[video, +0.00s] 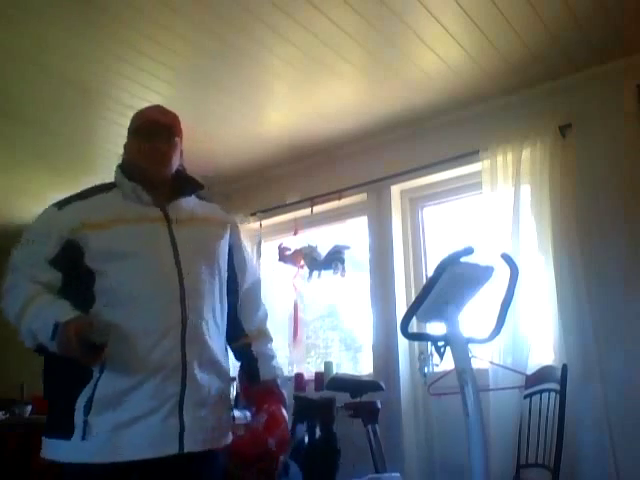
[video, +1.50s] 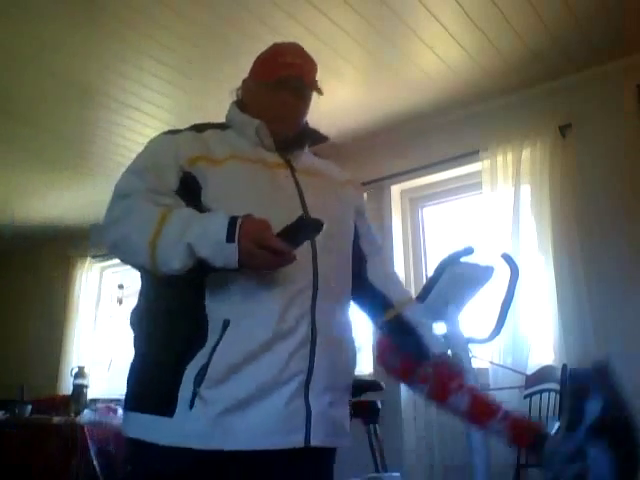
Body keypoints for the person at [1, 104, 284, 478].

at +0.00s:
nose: (155, 141)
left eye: (166, 134)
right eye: (143, 133)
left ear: (181, 149)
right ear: (125, 145)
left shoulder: (218, 223)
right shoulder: (71, 218)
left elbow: (250, 314)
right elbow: (21, 287)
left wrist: (268, 383)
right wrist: (59, 325)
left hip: (204, 435)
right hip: (107, 442)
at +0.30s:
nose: (123, 105)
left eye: (136, 100)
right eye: (110, 97)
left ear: (153, 116)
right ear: (91, 113)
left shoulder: (196, 191)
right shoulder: (35, 192)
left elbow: (238, 275)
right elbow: (2, 269)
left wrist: (274, 338)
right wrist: (15, 313)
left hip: (187, 414)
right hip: (82, 422)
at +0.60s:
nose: (135, 96)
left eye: (148, 91)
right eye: (122, 87)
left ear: (163, 112)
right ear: (99, 103)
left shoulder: (199, 189)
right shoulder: (39, 171)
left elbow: (230, 283)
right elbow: (1, 242)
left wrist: (269, 346)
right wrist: (36, 279)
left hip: (191, 421)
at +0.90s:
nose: (202, 104)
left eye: (213, 100)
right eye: (188, 90)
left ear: (218, 120)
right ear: (159, 99)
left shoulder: (236, 207)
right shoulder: (91, 153)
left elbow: (239, 323)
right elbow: (14, 210)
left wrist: (253, 403)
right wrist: (105, 241)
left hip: (212, 445)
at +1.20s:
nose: (268, 115)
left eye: (275, 106)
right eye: (258, 101)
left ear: (280, 115)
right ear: (222, 96)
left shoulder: (282, 194)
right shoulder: (155, 146)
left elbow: (283, 312)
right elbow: (83, 212)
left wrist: (300, 428)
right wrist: (175, 231)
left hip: (261, 442)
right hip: (147, 438)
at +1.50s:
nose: (302, 96)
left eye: (309, 88)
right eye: (289, 84)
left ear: (314, 101)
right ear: (250, 87)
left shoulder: (339, 186)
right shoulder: (181, 152)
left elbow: (379, 288)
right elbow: (122, 223)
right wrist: (219, 238)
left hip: (308, 430)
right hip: (194, 426)